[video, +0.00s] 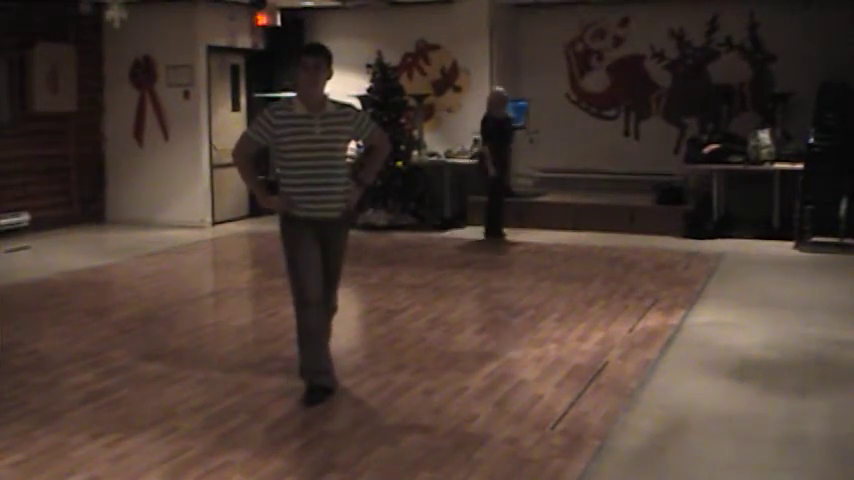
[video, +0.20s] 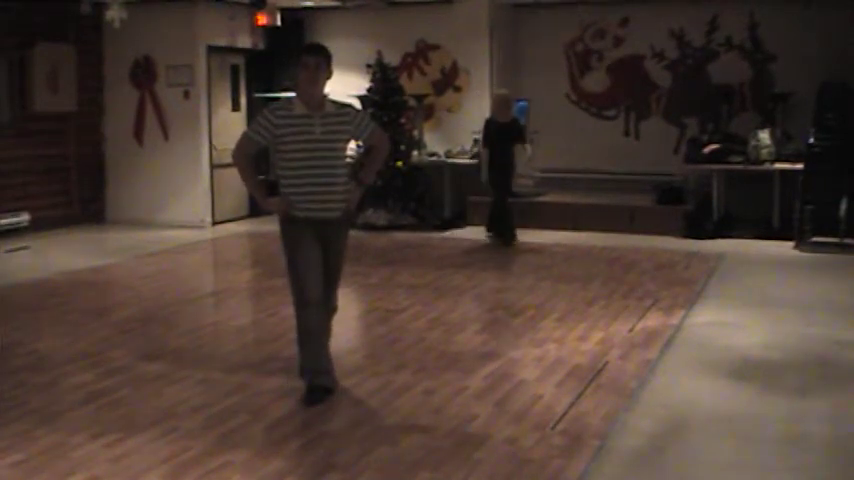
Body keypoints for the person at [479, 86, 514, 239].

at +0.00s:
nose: (500, 103)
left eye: (502, 100)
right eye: (497, 100)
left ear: (505, 101)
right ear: (492, 101)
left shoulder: (506, 119)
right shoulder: (488, 119)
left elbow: (507, 144)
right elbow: (486, 145)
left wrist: (507, 167)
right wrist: (490, 166)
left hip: (503, 163)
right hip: (493, 163)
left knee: (499, 197)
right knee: (493, 197)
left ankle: (497, 228)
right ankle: (491, 229)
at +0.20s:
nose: (501, 110)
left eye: (505, 106)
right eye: (498, 106)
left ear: (509, 106)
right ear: (494, 106)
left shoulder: (515, 124)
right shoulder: (490, 123)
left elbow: (522, 148)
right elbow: (485, 149)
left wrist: (520, 169)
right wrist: (483, 171)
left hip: (508, 166)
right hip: (493, 165)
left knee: (502, 197)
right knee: (500, 197)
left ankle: (493, 227)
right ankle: (507, 233)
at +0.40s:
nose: (509, 109)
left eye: (511, 106)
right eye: (505, 106)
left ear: (514, 106)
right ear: (500, 106)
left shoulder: (517, 121)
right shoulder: (493, 120)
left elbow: (526, 145)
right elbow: (489, 147)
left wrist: (534, 166)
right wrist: (492, 169)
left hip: (513, 166)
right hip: (498, 166)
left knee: (515, 198)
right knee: (501, 200)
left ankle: (513, 229)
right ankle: (504, 234)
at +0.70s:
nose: (513, 111)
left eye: (515, 107)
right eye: (509, 107)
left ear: (519, 108)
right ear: (504, 108)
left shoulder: (524, 124)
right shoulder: (496, 124)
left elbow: (526, 147)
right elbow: (493, 148)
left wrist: (529, 170)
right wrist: (504, 165)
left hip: (519, 172)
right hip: (500, 173)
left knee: (519, 207)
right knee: (502, 207)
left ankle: (517, 241)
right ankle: (505, 239)